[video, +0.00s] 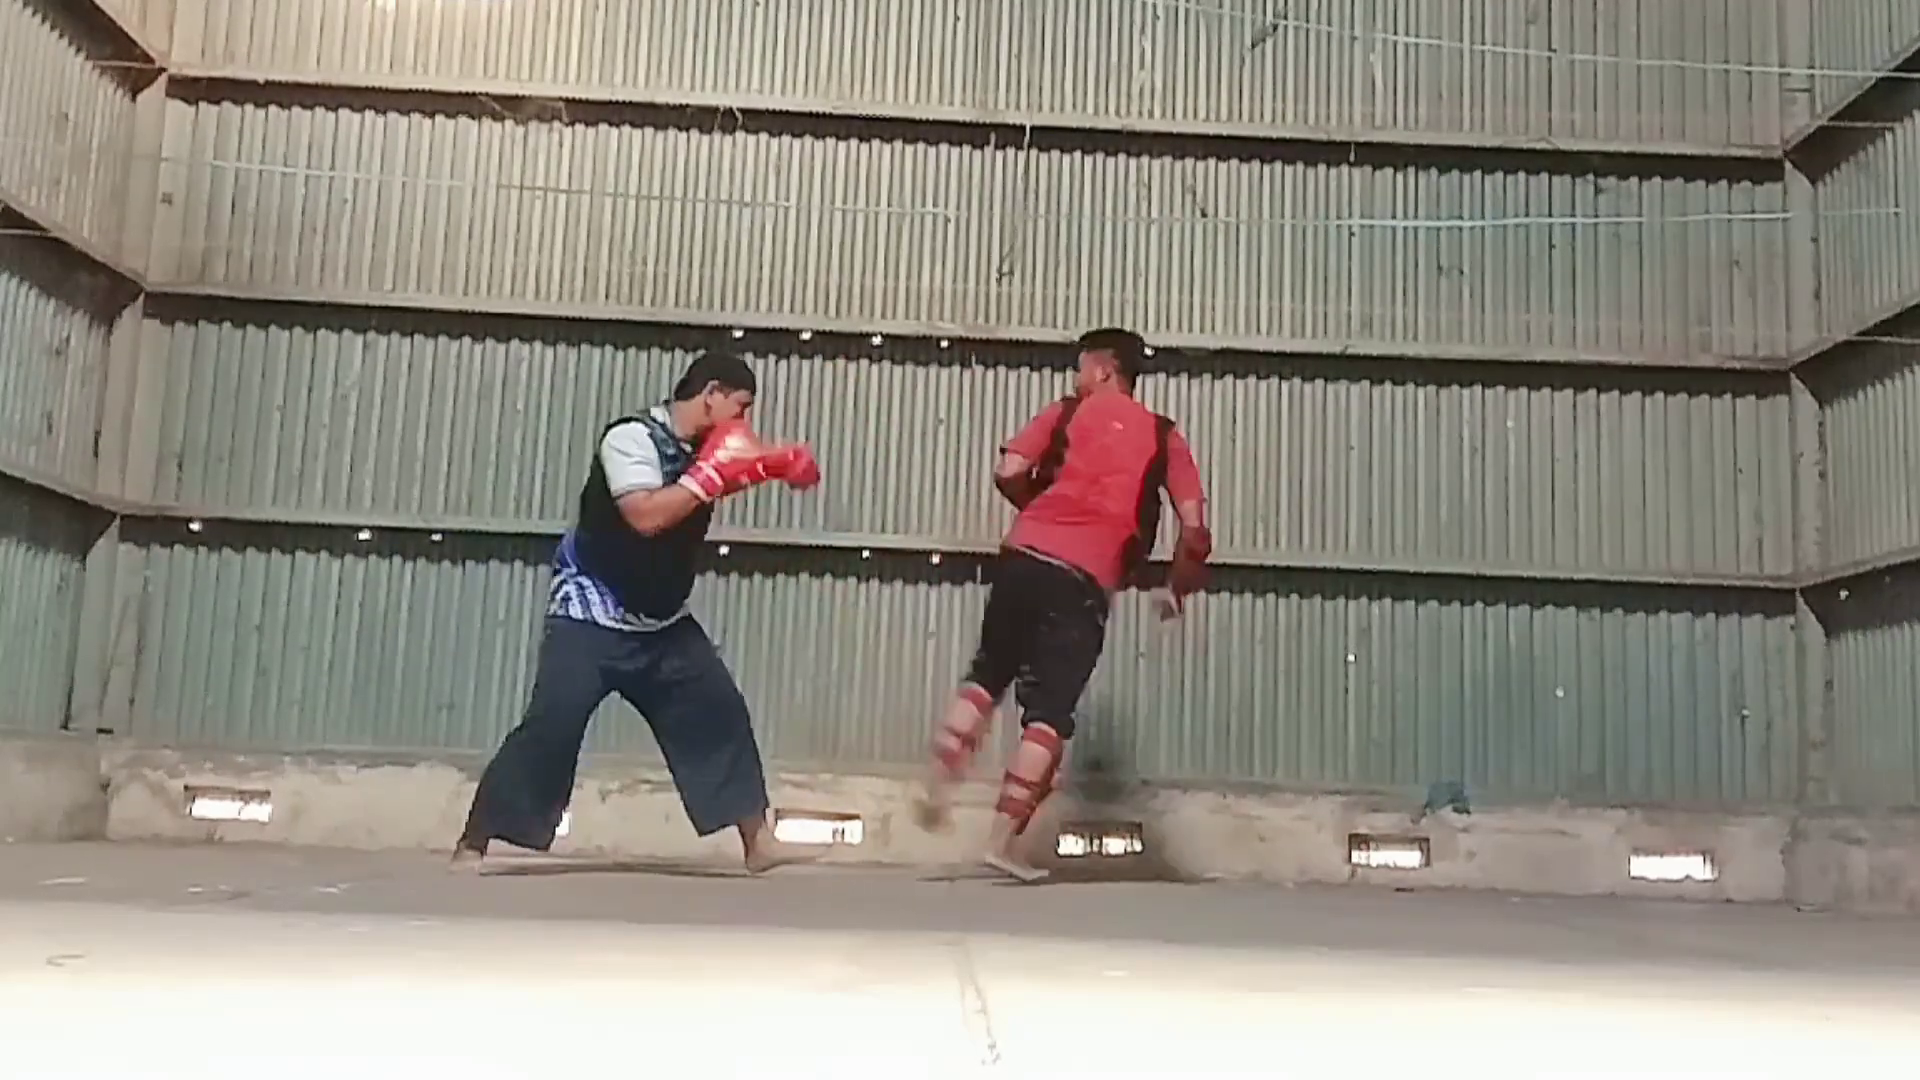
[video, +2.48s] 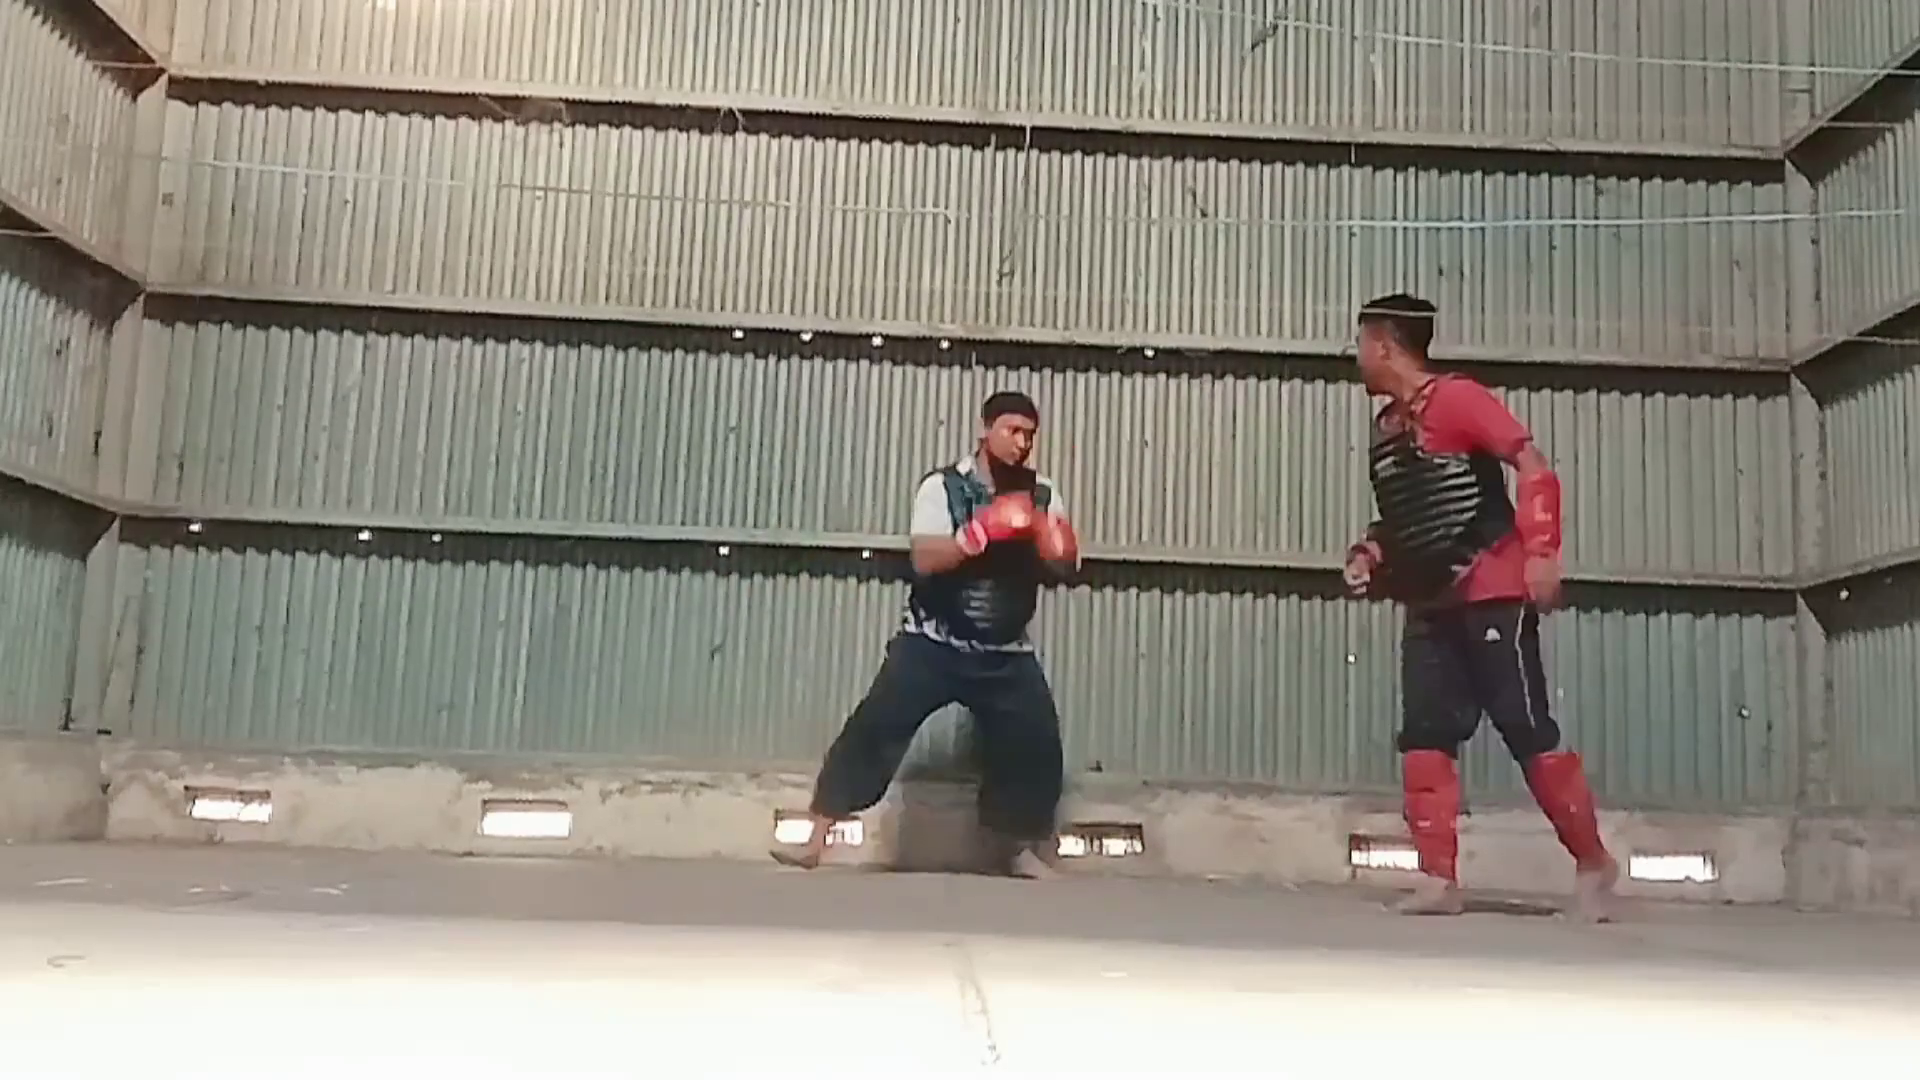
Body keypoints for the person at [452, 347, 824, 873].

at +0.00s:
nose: (743, 423)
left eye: (747, 412)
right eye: (740, 409)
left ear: (712, 398)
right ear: (710, 395)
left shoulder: (704, 450)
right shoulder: (628, 438)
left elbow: (729, 471)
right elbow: (646, 515)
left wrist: (776, 465)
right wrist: (712, 470)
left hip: (662, 617)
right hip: (590, 610)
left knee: (722, 710)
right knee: (555, 720)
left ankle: (759, 842)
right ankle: (474, 843)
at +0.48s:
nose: (870, 384)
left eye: (871, 376)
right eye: (868, 374)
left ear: (841, 368)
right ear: (845, 367)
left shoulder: (826, 425)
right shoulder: (779, 408)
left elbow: (847, 493)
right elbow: (829, 476)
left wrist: (892, 452)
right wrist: (872, 420)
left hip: (783, 595)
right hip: (725, 585)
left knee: (794, 712)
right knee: (730, 710)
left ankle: (770, 846)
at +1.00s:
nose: (930, 410)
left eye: (930, 399)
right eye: (927, 399)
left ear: (887, 397)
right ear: (901, 397)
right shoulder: (890, 449)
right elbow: (960, 519)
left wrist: (942, 556)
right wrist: (985, 555)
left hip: (869, 613)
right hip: (815, 614)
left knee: (926, 710)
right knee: (817, 730)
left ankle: (956, 841)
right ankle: (774, 848)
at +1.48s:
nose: (963, 448)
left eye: (965, 439)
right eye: (957, 437)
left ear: (933, 435)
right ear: (923, 431)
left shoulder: (939, 497)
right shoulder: (864, 473)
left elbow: (915, 561)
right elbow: (800, 518)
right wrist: (761, 563)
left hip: (925, 660)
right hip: (846, 654)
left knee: (1000, 741)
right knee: (783, 740)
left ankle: (1036, 849)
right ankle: (708, 846)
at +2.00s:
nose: (1036, 473)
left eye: (1043, 465)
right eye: (1027, 461)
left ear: (1046, 469)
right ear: (999, 458)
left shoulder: (1045, 518)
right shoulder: (951, 498)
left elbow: (1053, 590)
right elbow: (909, 561)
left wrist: (1069, 577)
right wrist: (966, 551)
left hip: (1000, 657)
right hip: (931, 655)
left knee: (1031, 733)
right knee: (909, 750)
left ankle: (1048, 841)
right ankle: (912, 841)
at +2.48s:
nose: (1022, 442)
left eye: (1029, 434)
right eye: (1013, 431)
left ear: (1033, 440)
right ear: (986, 430)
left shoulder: (1041, 495)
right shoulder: (941, 487)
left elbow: (1066, 572)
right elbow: (925, 560)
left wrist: (1059, 551)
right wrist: (977, 535)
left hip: (1007, 656)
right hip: (932, 646)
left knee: (1037, 746)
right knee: (876, 724)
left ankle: (1021, 847)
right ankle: (819, 833)